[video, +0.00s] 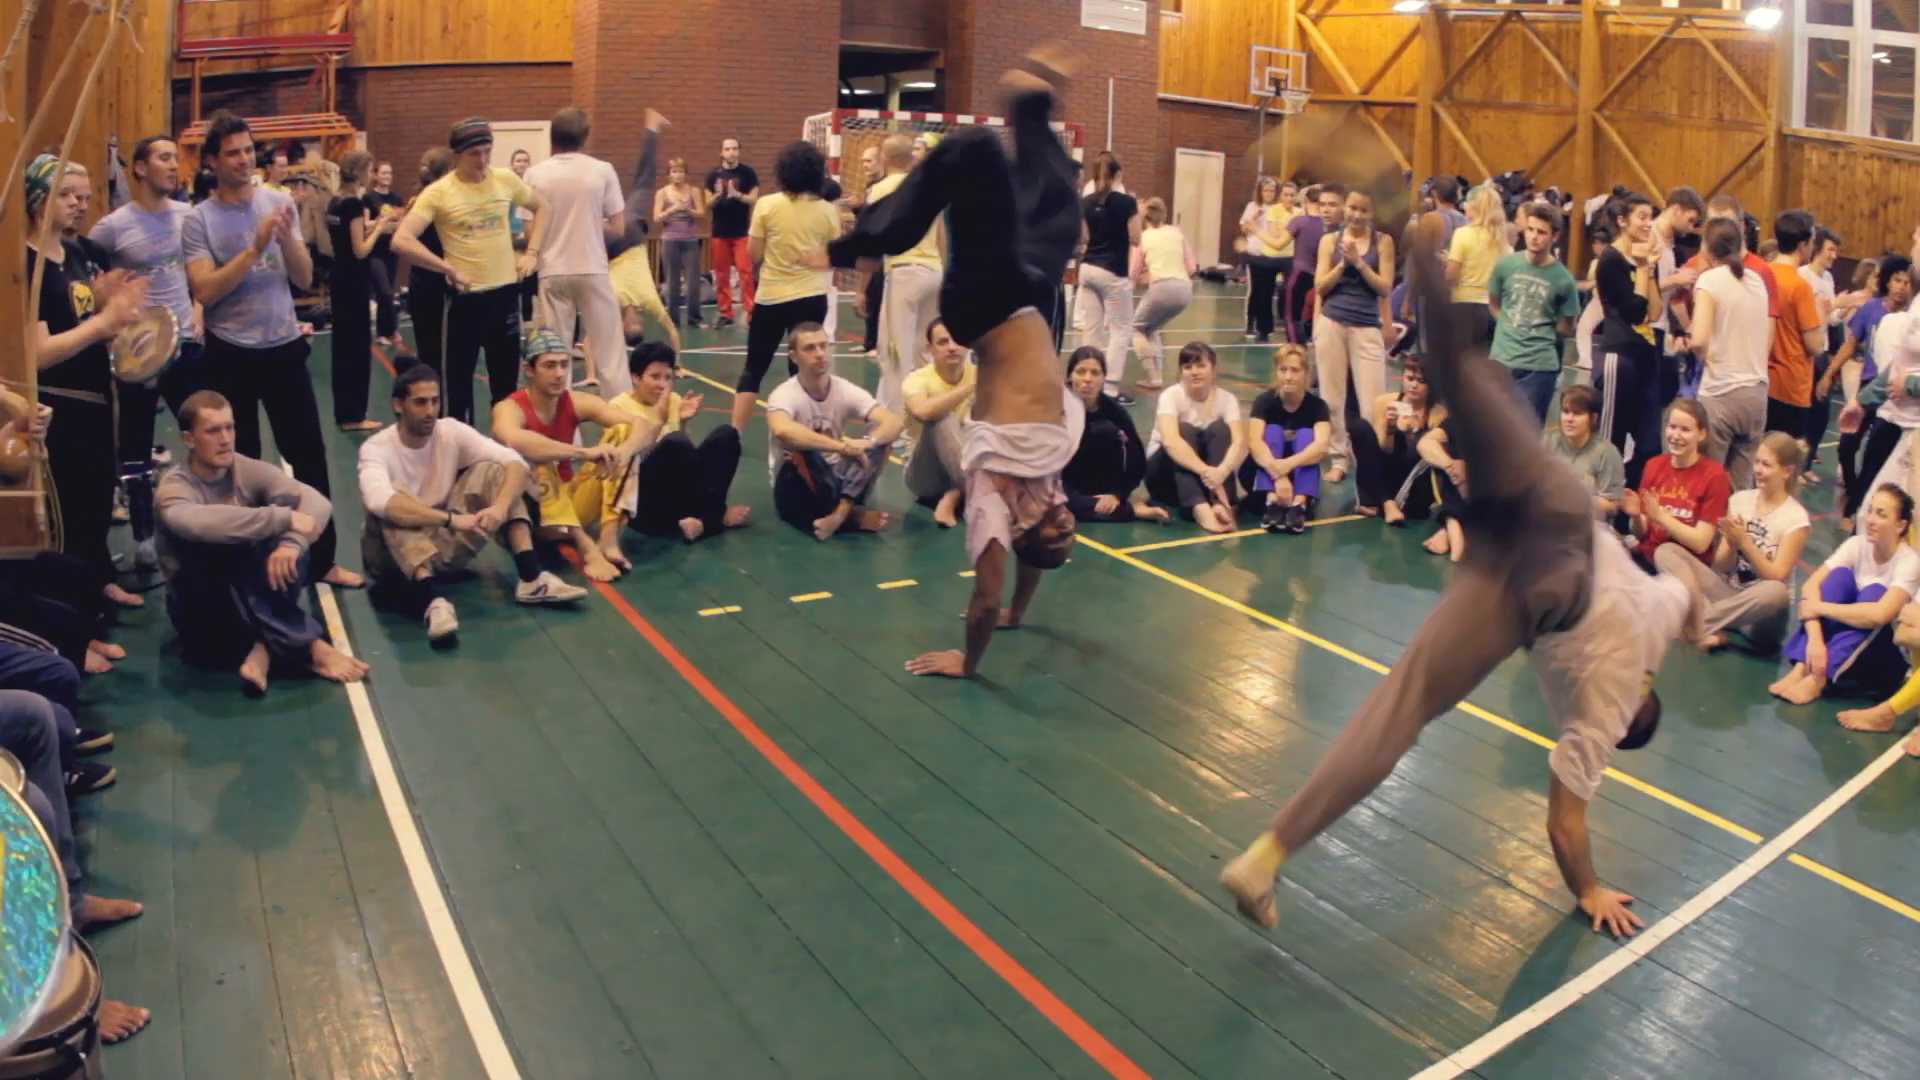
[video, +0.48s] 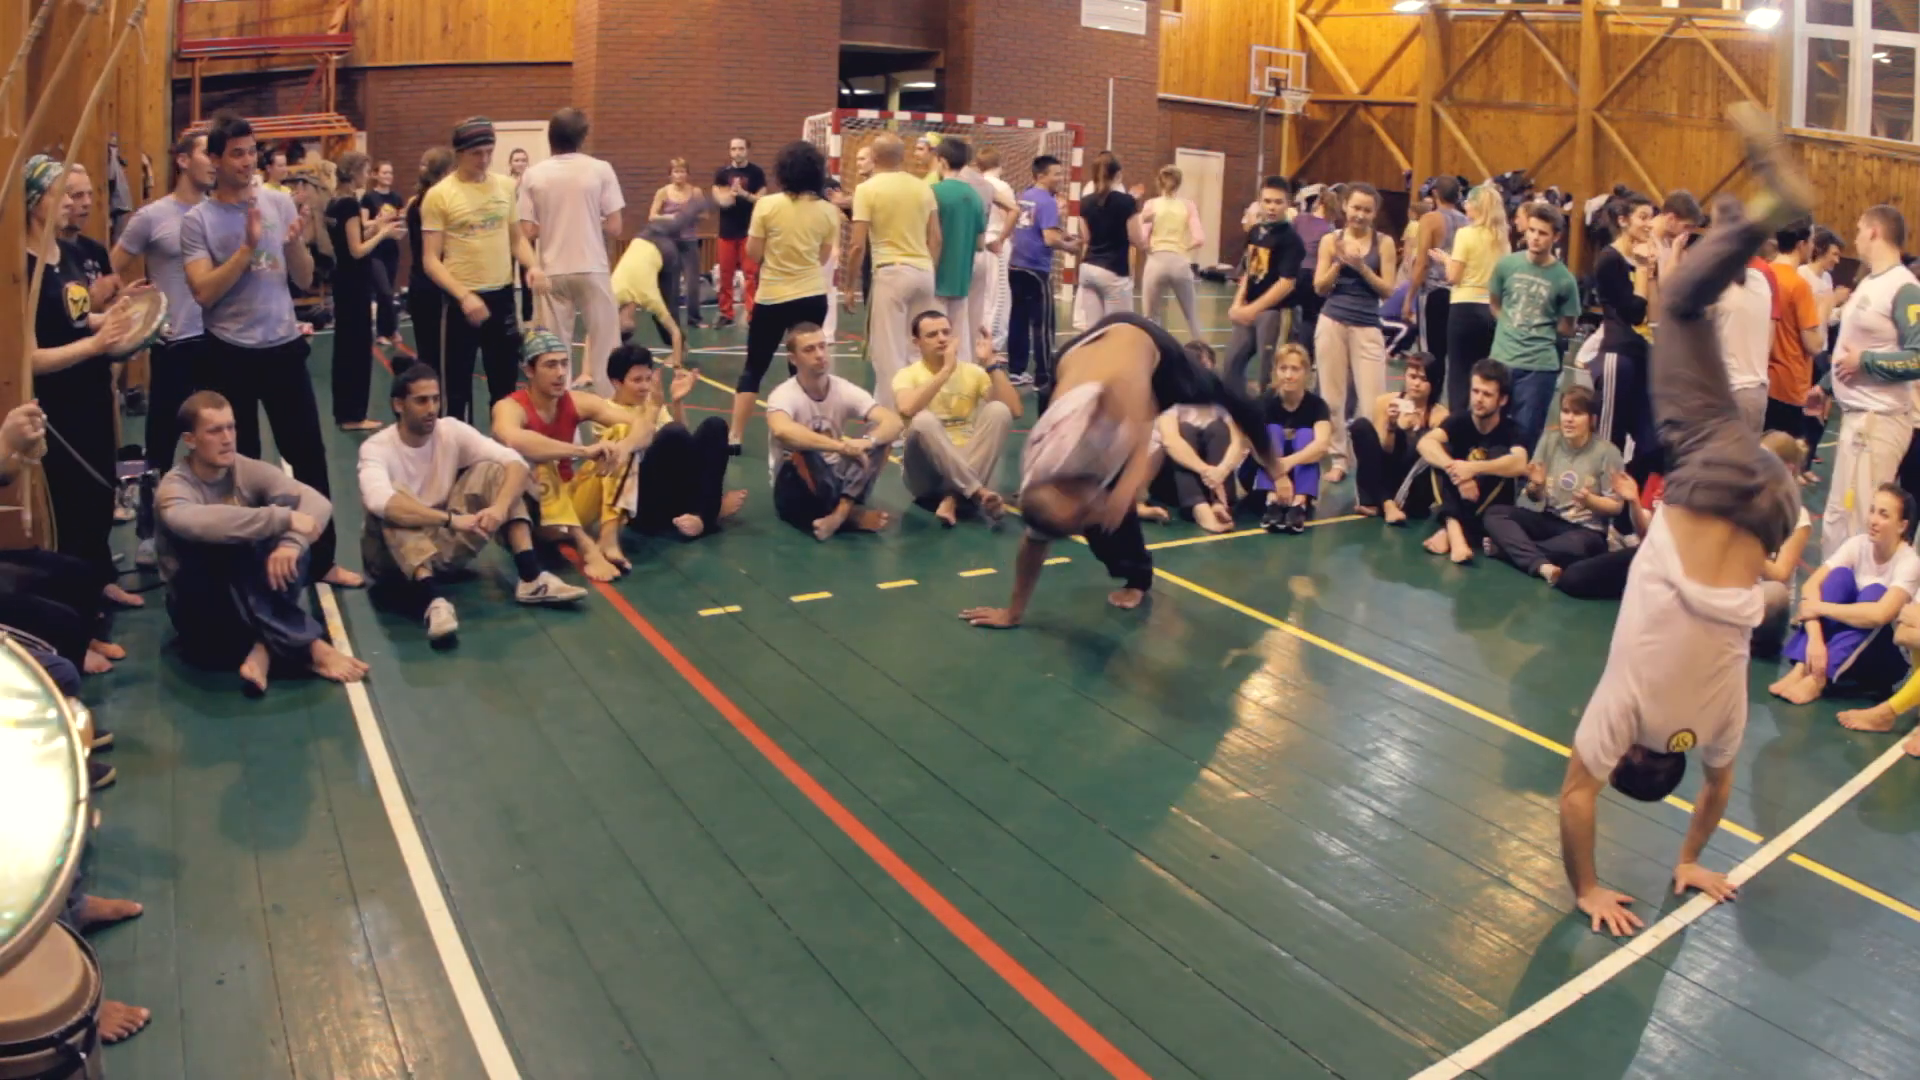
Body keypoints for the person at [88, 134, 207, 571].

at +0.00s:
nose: (174, 166)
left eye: (176, 158)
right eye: (165, 159)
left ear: (177, 167)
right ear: (138, 168)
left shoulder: (183, 215)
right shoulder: (111, 227)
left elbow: (196, 269)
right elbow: (87, 285)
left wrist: (198, 316)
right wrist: (117, 326)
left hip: (186, 345)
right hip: (135, 353)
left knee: (211, 435)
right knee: (135, 454)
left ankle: (224, 529)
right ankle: (145, 541)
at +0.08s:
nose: (182, 164)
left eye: (184, 157)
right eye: (172, 157)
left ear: (185, 167)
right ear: (147, 167)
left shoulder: (191, 215)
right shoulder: (118, 224)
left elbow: (207, 271)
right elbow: (91, 282)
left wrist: (206, 316)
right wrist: (117, 327)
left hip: (191, 341)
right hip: (140, 348)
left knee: (210, 436)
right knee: (139, 451)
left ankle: (220, 529)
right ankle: (146, 539)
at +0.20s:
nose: (194, 164)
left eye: (196, 157)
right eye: (185, 155)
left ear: (199, 164)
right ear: (159, 163)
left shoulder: (201, 214)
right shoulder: (129, 222)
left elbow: (217, 271)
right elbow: (97, 277)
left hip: (199, 341)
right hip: (151, 345)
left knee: (214, 435)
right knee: (146, 444)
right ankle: (142, 518)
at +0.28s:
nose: (203, 163)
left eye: (204, 156)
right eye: (193, 155)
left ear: (206, 163)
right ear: (168, 161)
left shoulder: (207, 213)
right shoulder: (136, 219)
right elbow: (107, 277)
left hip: (208, 341)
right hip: (160, 346)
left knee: (217, 440)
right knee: (151, 447)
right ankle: (144, 522)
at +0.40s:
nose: (210, 160)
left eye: (211, 153)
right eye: (202, 153)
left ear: (211, 161)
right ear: (177, 160)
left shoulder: (215, 211)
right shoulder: (147, 217)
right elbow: (110, 266)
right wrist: (143, 304)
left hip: (214, 335)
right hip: (170, 340)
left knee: (218, 430)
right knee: (157, 438)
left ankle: (220, 519)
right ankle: (148, 531)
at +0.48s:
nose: (216, 159)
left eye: (216, 151)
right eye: (208, 152)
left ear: (214, 160)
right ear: (183, 160)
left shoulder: (221, 210)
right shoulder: (151, 217)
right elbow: (116, 271)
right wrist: (143, 309)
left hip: (219, 336)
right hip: (174, 340)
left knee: (220, 434)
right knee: (161, 442)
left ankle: (222, 527)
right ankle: (149, 535)